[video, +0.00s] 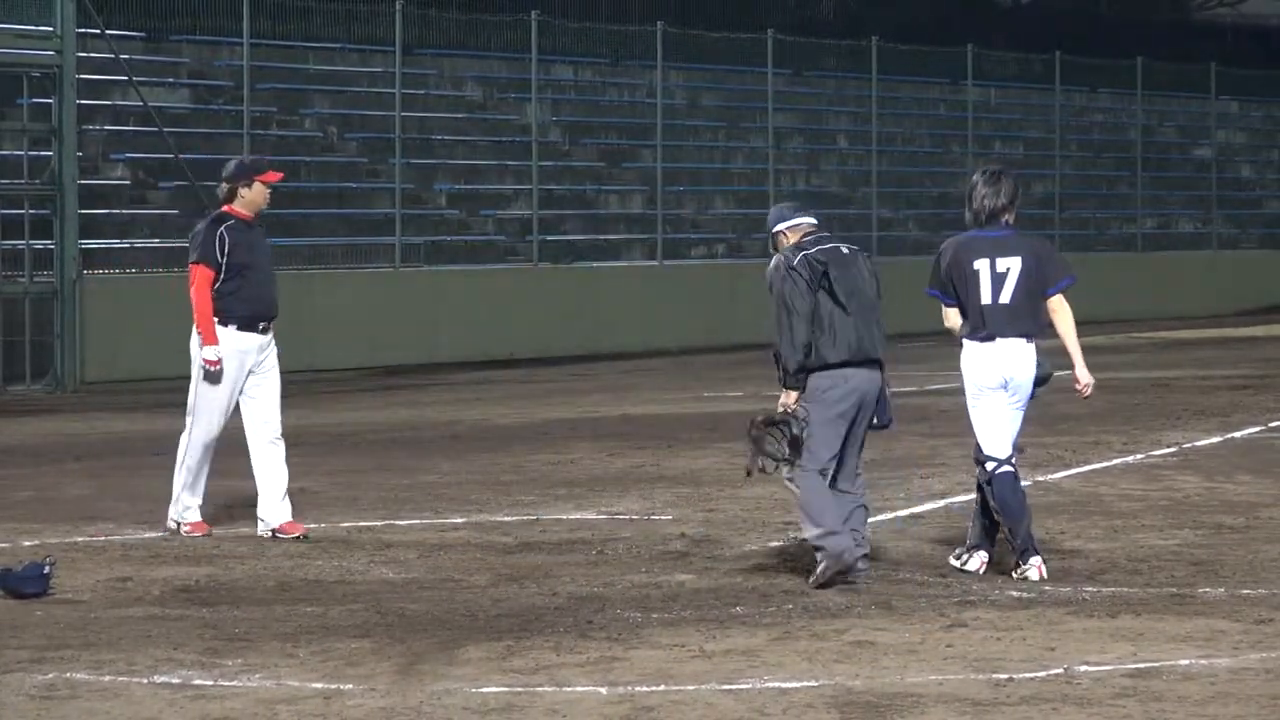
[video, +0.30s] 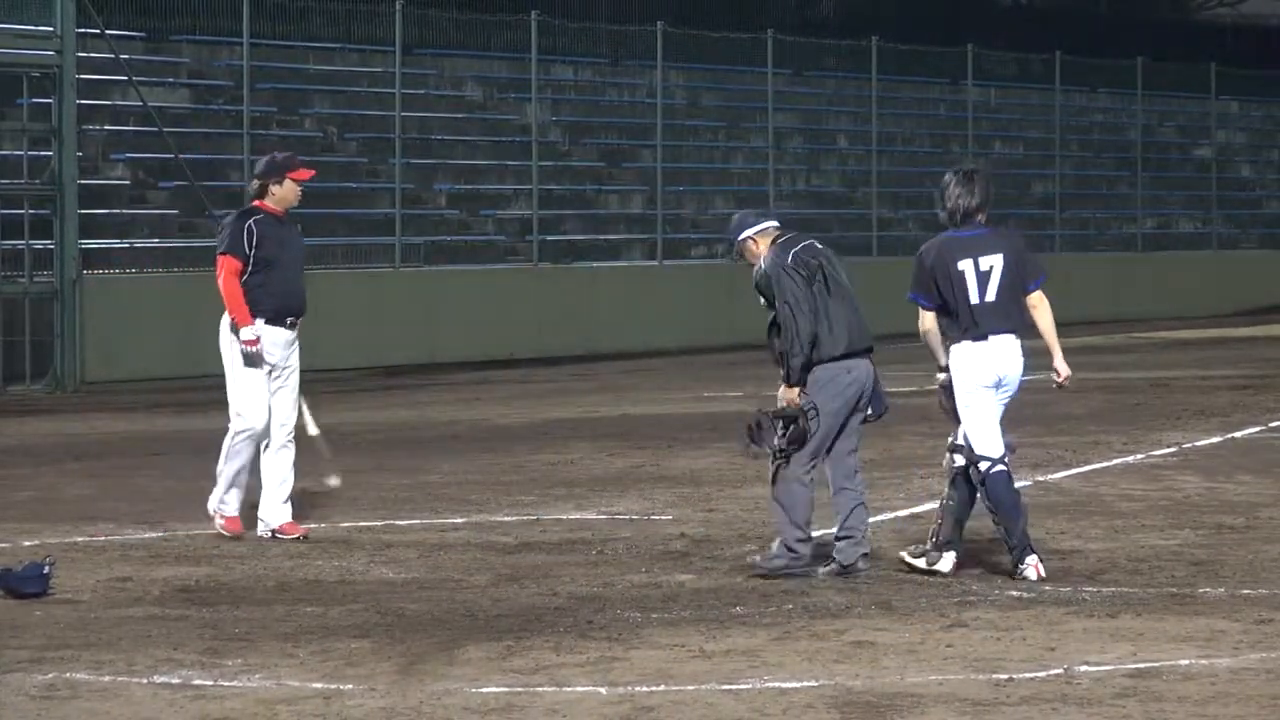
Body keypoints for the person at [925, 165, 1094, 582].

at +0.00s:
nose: (1015, 208)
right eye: (1014, 202)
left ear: (972, 204)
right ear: (1012, 206)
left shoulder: (955, 249)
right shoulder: (1035, 247)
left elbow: (952, 319)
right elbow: (1058, 307)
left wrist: (981, 336)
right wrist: (1079, 364)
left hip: (978, 357)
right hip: (1023, 355)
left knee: (996, 460)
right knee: (994, 453)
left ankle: (1029, 555)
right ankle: (979, 547)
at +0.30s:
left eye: (947, 199)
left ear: (946, 205)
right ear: (984, 203)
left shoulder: (933, 252)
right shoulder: (1010, 241)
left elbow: (927, 324)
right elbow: (1037, 302)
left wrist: (944, 365)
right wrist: (1057, 355)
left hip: (967, 358)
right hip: (1011, 355)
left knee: (989, 456)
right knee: (966, 450)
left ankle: (1026, 555)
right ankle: (943, 546)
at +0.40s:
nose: (923, 202)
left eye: (927, 196)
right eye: (930, 194)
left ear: (932, 203)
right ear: (971, 202)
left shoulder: (927, 253)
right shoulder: (999, 244)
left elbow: (919, 324)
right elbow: (1026, 304)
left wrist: (926, 375)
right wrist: (1043, 356)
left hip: (955, 361)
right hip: (996, 357)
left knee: (980, 457)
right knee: (959, 454)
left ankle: (1022, 552)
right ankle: (936, 550)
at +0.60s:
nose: (910, 205)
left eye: (914, 198)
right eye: (912, 197)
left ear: (926, 201)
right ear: (953, 199)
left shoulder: (926, 242)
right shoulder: (977, 241)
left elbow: (909, 308)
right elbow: (987, 306)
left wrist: (894, 368)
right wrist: (986, 359)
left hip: (937, 349)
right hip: (969, 347)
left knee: (948, 454)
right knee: (943, 451)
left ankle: (1008, 539)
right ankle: (936, 550)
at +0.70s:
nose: (899, 206)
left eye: (902, 199)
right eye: (898, 199)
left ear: (919, 199)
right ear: (931, 197)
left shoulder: (931, 238)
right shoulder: (954, 234)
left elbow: (919, 306)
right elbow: (945, 302)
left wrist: (897, 366)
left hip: (932, 349)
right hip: (950, 347)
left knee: (938, 455)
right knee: (927, 453)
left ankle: (1008, 535)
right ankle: (935, 551)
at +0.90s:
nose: (887, 210)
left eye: (892, 202)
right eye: (884, 203)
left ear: (914, 200)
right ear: (894, 204)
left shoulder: (937, 237)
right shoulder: (910, 241)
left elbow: (946, 306)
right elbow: (908, 309)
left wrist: (932, 372)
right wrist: (898, 363)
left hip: (933, 350)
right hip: (907, 350)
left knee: (922, 454)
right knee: (915, 452)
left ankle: (989, 537)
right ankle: (933, 547)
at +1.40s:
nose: (861, 215)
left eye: (868, 207)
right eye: (859, 208)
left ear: (892, 208)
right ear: (867, 211)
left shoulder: (935, 249)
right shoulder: (862, 256)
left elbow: (964, 314)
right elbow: (855, 315)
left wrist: (984, 375)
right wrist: (831, 371)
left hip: (931, 362)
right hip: (887, 365)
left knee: (926, 464)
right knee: (884, 475)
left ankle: (946, 564)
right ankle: (919, 543)